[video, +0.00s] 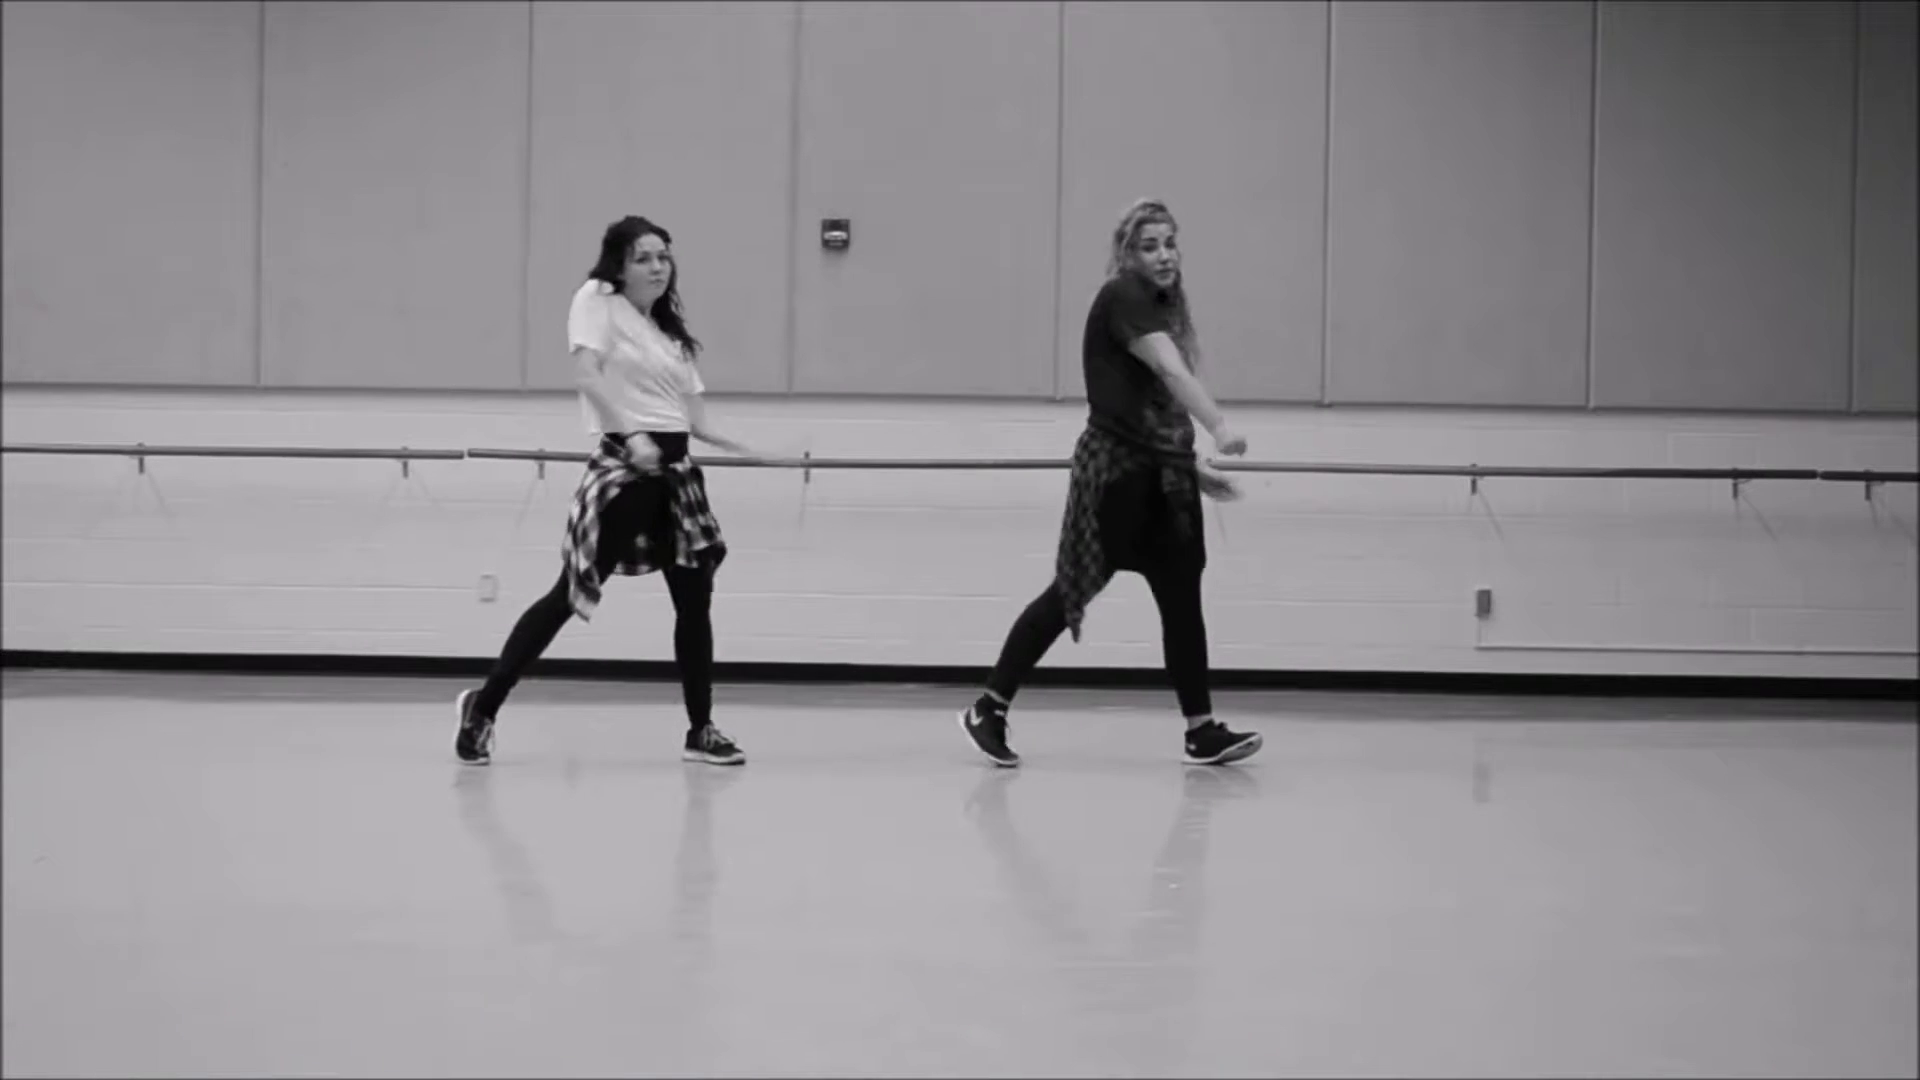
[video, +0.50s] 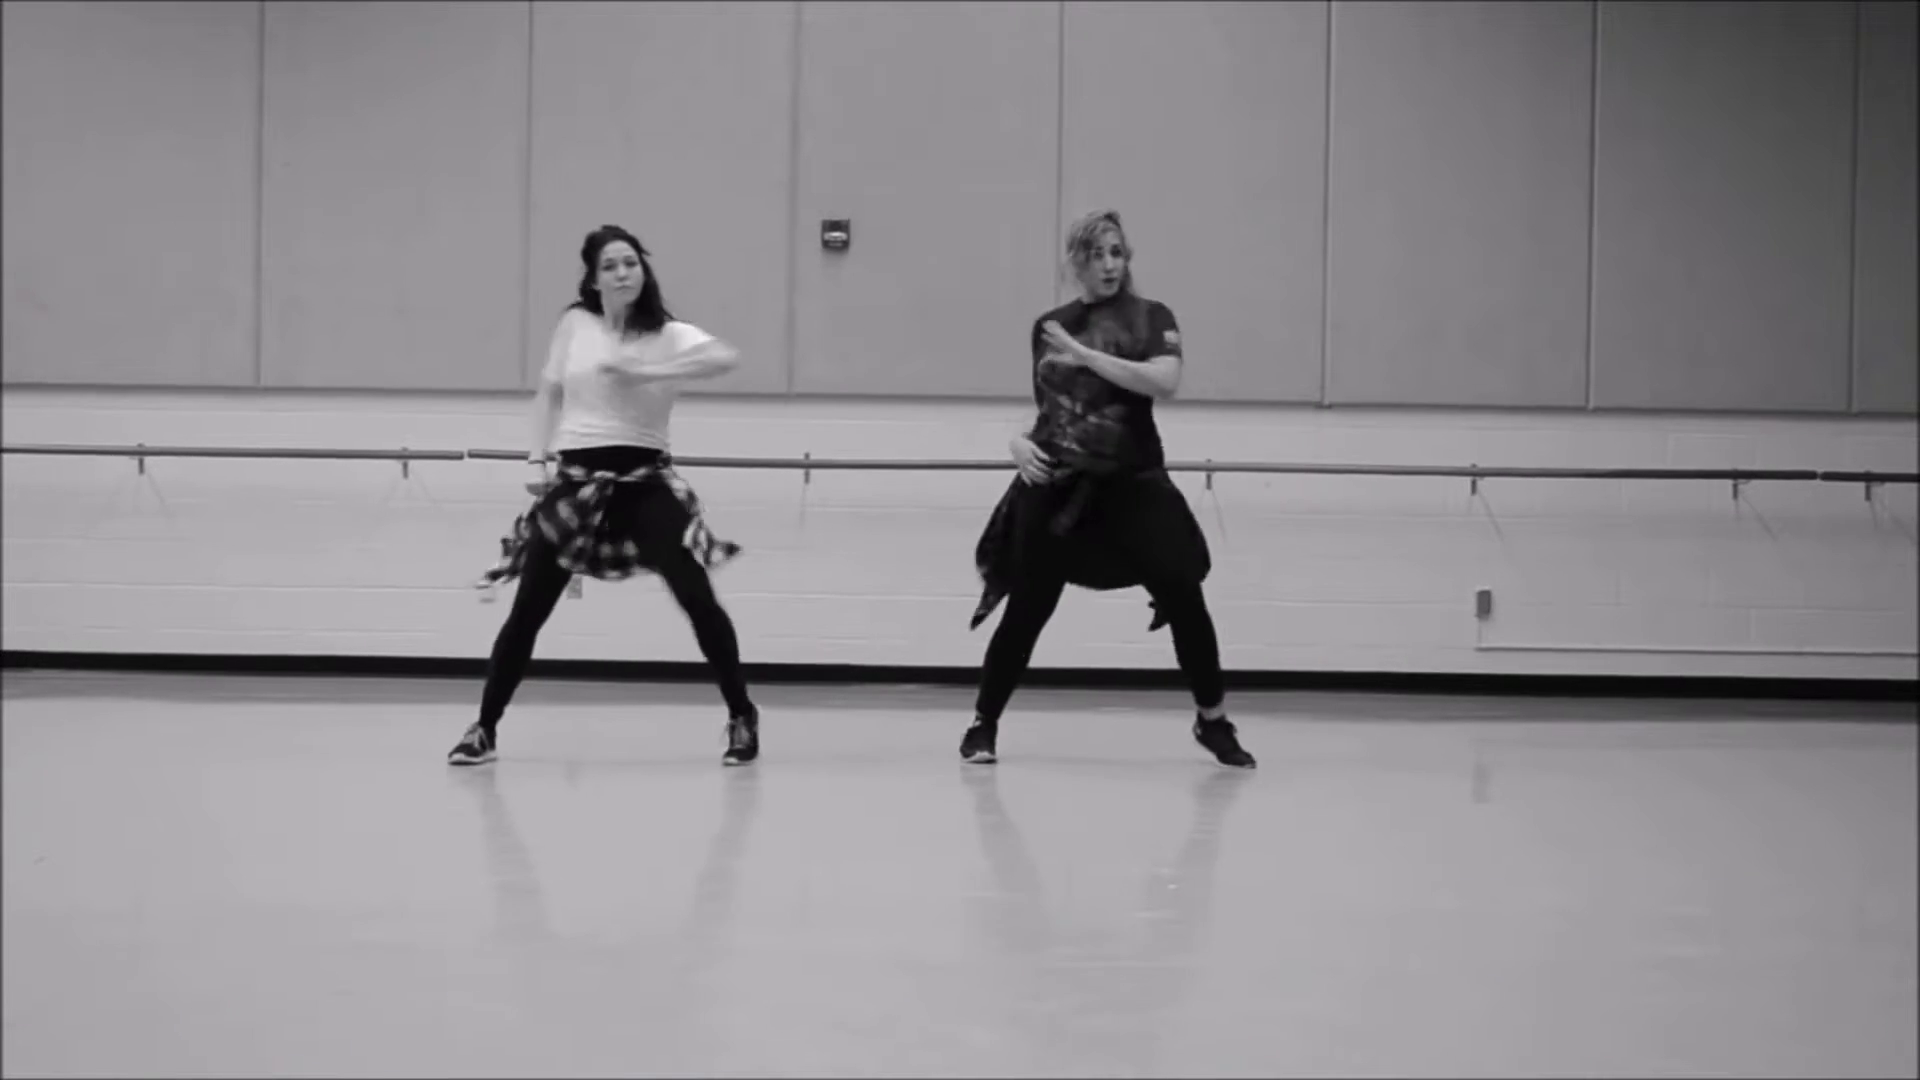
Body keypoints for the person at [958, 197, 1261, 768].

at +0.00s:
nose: (1164, 254)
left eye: (1170, 244)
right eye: (1150, 246)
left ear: (1178, 249)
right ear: (1127, 254)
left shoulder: (1169, 307)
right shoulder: (1123, 297)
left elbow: (1163, 403)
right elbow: (1169, 370)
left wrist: (1191, 464)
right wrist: (1219, 426)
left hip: (1165, 472)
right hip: (1114, 469)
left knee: (1181, 601)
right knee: (1072, 591)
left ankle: (1201, 729)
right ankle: (989, 706)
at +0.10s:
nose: (1161, 257)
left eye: (1168, 246)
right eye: (1147, 249)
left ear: (1176, 252)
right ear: (1124, 257)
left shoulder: (1168, 308)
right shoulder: (1118, 302)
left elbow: (1164, 394)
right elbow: (1139, 386)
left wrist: (1189, 448)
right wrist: (1192, 441)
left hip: (1156, 477)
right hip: (1102, 476)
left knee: (1175, 600)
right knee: (1067, 600)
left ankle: (1200, 728)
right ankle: (988, 703)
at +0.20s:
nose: (1155, 259)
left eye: (1162, 249)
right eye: (1143, 251)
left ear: (1172, 255)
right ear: (1122, 260)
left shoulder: (1165, 316)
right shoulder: (1105, 311)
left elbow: (1162, 407)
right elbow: (1083, 397)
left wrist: (1220, 420)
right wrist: (1118, 464)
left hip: (1150, 471)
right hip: (1087, 469)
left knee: (1174, 601)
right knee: (1051, 606)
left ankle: (1201, 729)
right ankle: (987, 720)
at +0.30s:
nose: (1143, 260)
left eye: (1151, 249)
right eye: (1130, 250)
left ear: (1161, 257)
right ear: (1108, 259)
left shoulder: (1155, 316)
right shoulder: (1075, 308)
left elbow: (1184, 386)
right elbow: (1013, 378)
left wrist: (1199, 375)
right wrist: (1042, 448)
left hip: (1143, 488)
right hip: (1068, 485)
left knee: (1181, 609)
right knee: (1028, 612)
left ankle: (1211, 725)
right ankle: (984, 723)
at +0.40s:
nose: (1125, 265)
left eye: (1132, 254)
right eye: (1112, 255)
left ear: (1142, 261)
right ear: (1089, 262)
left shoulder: (1152, 321)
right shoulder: (1048, 320)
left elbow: (1201, 379)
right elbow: (1008, 389)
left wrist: (1127, 361)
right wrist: (1027, 439)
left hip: (1134, 488)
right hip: (1055, 489)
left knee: (1184, 600)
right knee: (1027, 611)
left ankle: (1225, 715)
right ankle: (985, 723)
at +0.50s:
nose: (1109, 264)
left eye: (1117, 253)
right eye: (1096, 254)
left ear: (1128, 259)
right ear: (1076, 263)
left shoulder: (1152, 316)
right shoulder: (1052, 328)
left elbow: (1167, 380)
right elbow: (1050, 414)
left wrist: (1086, 356)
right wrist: (1019, 442)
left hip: (1133, 485)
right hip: (1059, 486)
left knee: (1184, 598)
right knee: (1028, 609)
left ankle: (1212, 720)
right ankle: (985, 723)